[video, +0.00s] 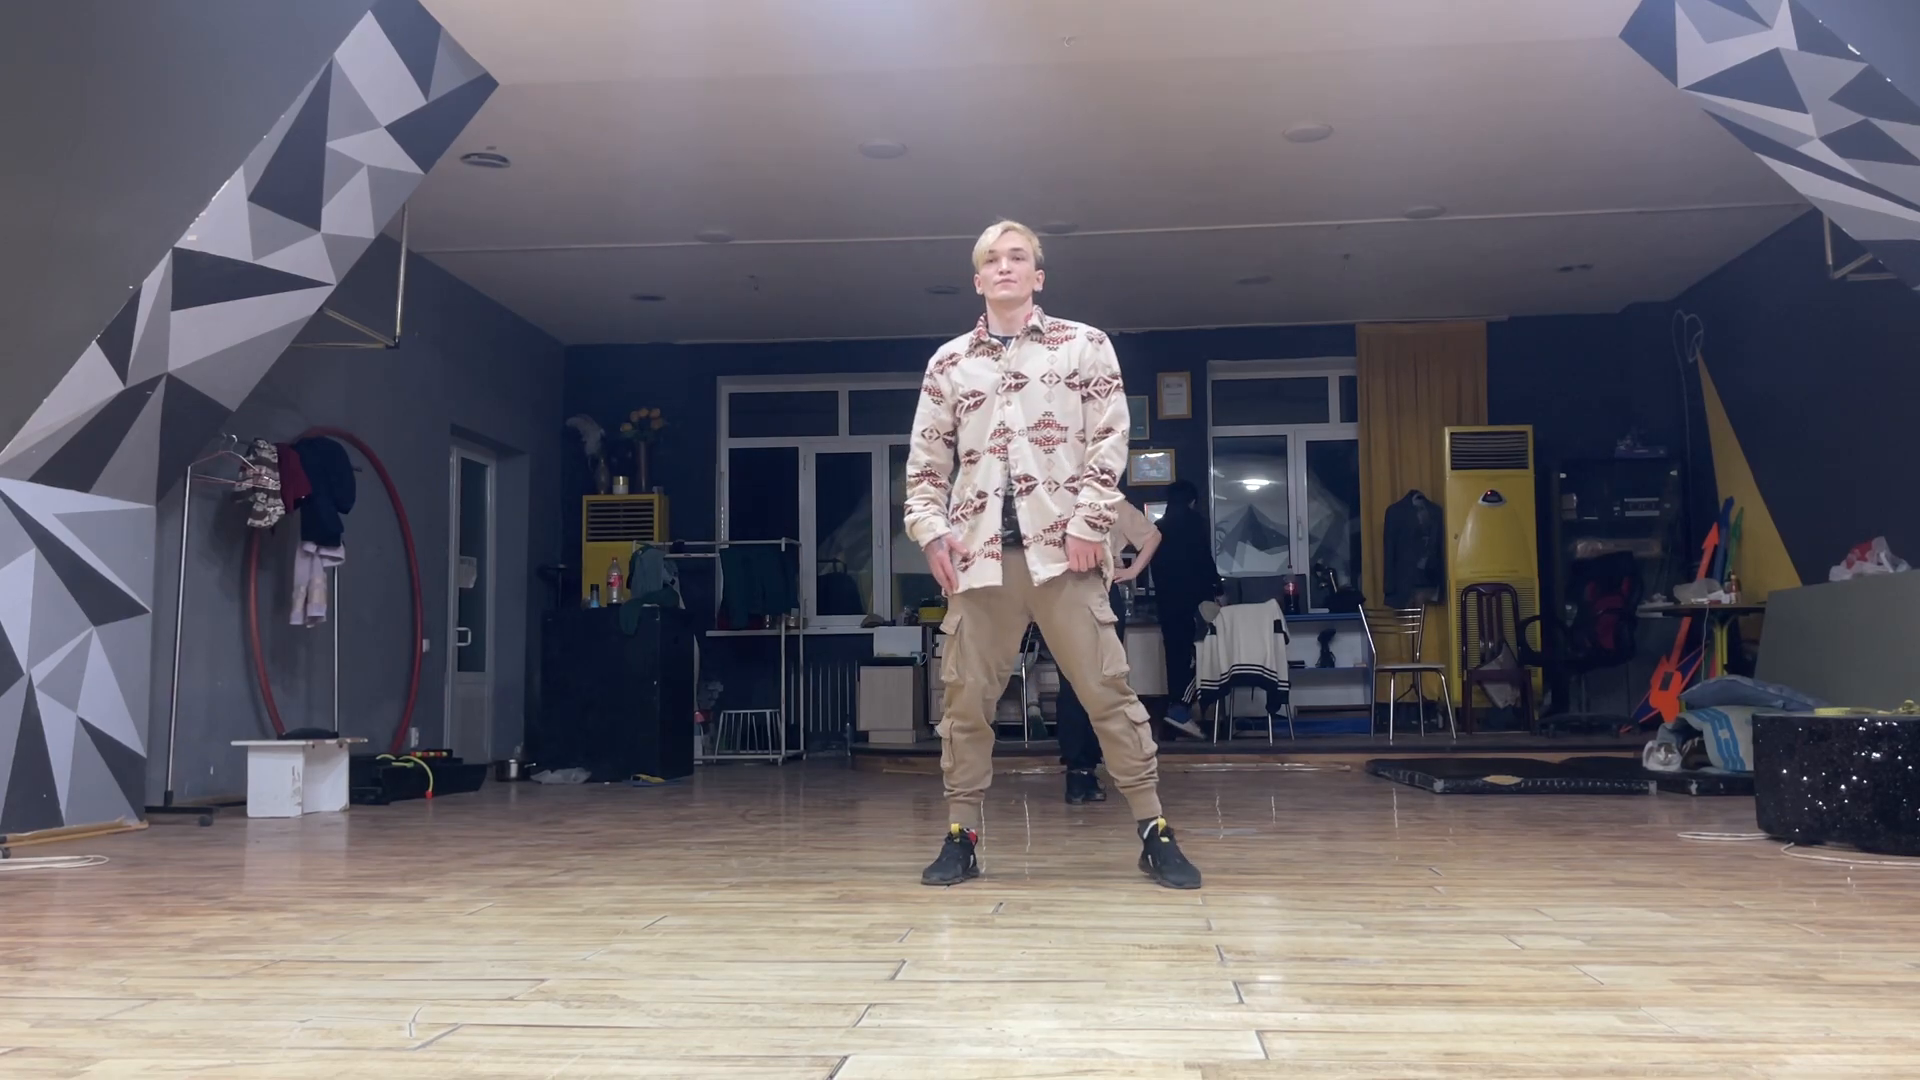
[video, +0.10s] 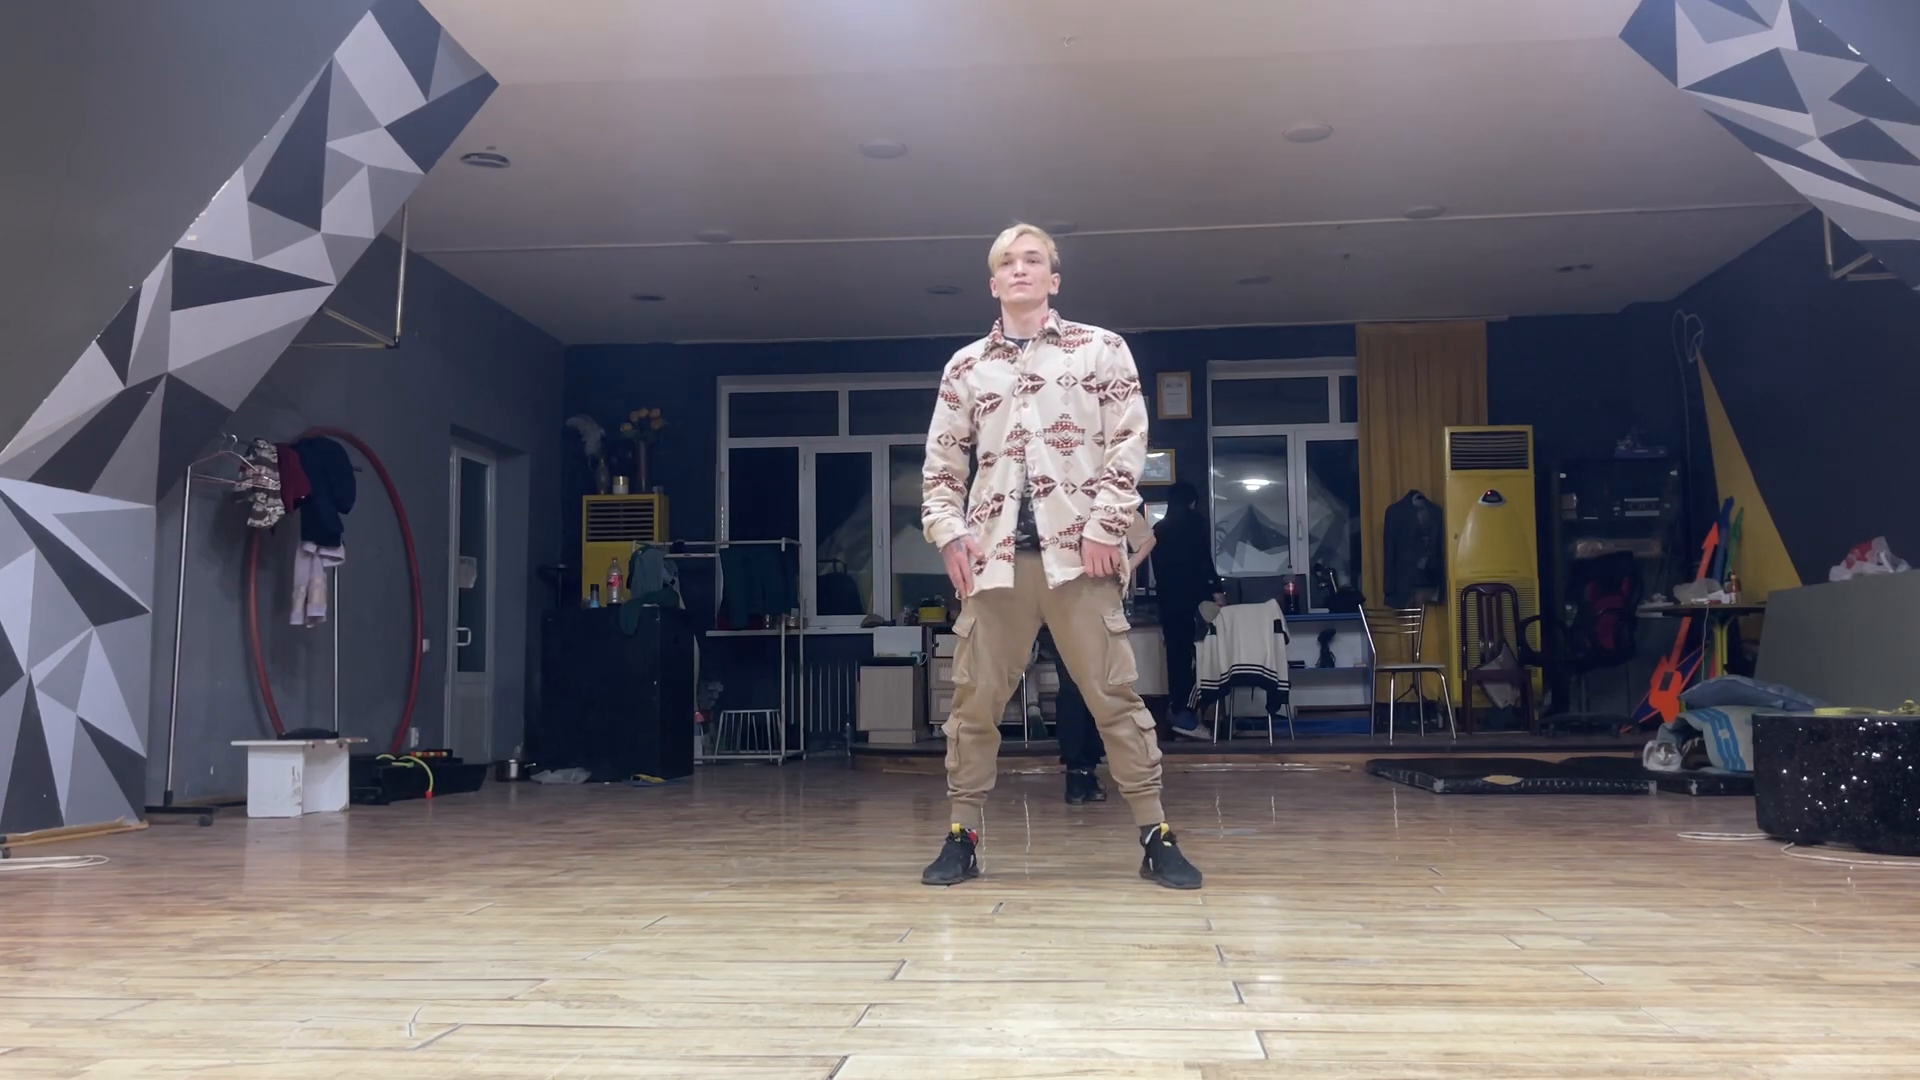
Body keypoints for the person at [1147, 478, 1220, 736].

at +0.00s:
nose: (1194, 504)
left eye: (1190, 501)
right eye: (1194, 501)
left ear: (1169, 500)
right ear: (1192, 500)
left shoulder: (1158, 526)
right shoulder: (1196, 522)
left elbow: (1154, 564)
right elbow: (1203, 558)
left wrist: (1161, 588)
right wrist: (1216, 587)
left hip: (1167, 595)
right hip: (1192, 594)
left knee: (1174, 652)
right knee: (1192, 651)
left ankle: (1177, 710)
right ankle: (1180, 708)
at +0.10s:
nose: (1195, 506)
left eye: (1192, 503)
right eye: (1195, 502)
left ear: (1170, 501)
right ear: (1192, 502)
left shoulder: (1159, 528)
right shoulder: (1195, 523)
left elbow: (1158, 568)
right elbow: (1203, 560)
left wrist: (1165, 591)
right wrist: (1217, 589)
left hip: (1167, 599)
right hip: (1191, 598)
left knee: (1176, 655)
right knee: (1190, 654)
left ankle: (1179, 711)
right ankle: (1185, 714)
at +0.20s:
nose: (1196, 508)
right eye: (1195, 504)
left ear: (1170, 503)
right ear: (1193, 503)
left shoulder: (1159, 530)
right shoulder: (1197, 524)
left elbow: (1159, 569)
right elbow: (1202, 559)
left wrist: (1166, 591)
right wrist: (1215, 586)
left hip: (1169, 598)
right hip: (1192, 596)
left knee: (1178, 655)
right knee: (1191, 654)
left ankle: (1179, 710)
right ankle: (1191, 714)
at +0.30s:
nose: (1195, 508)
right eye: (1195, 504)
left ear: (1171, 504)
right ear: (1193, 503)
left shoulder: (1160, 530)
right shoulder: (1196, 525)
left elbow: (1159, 569)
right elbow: (1201, 560)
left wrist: (1166, 593)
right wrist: (1215, 585)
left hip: (1169, 598)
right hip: (1191, 597)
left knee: (1179, 655)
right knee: (1190, 654)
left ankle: (1182, 712)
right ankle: (1191, 715)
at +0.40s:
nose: (1195, 508)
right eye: (1195, 504)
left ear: (1172, 503)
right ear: (1193, 503)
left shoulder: (1161, 530)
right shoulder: (1196, 525)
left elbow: (1161, 567)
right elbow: (1202, 561)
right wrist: (1215, 586)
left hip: (1169, 598)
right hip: (1192, 597)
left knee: (1180, 656)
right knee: (1190, 654)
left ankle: (1181, 713)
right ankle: (1192, 716)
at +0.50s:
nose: (1196, 508)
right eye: (1196, 504)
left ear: (1173, 503)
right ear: (1195, 504)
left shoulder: (1162, 530)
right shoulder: (1197, 525)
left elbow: (1163, 567)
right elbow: (1202, 560)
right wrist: (1214, 585)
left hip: (1170, 597)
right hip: (1192, 596)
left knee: (1180, 656)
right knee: (1189, 655)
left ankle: (1181, 716)